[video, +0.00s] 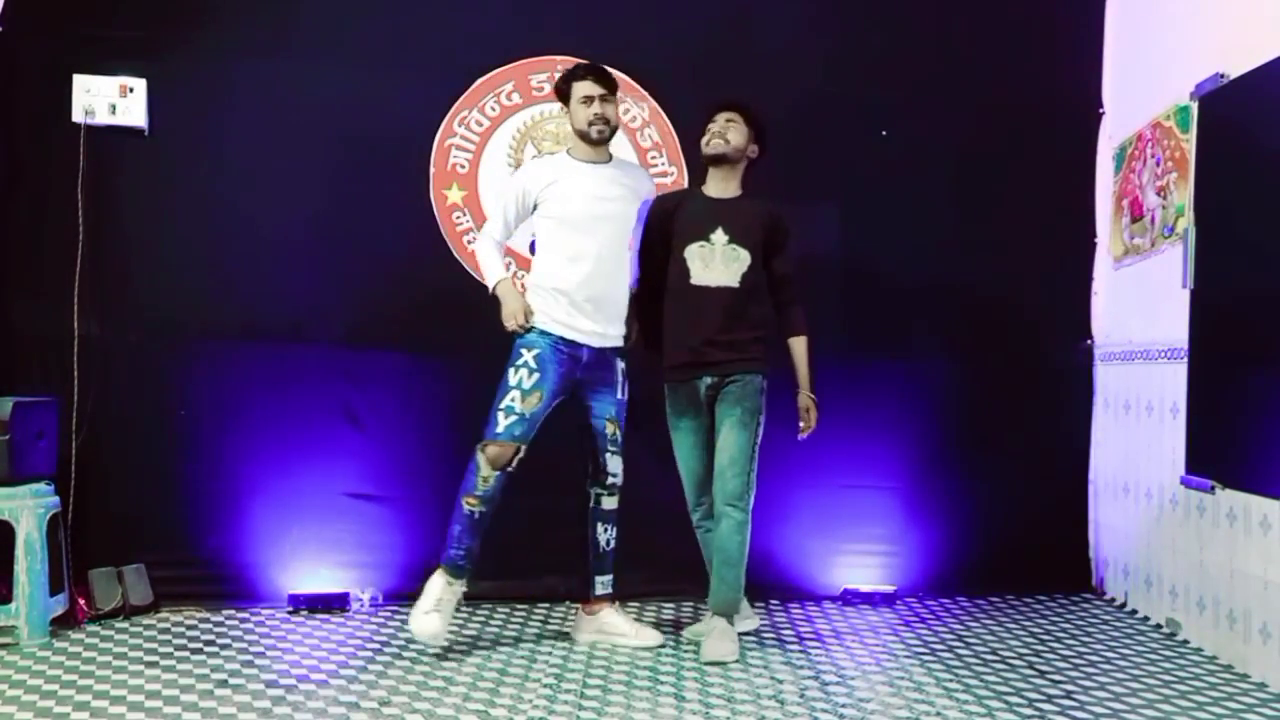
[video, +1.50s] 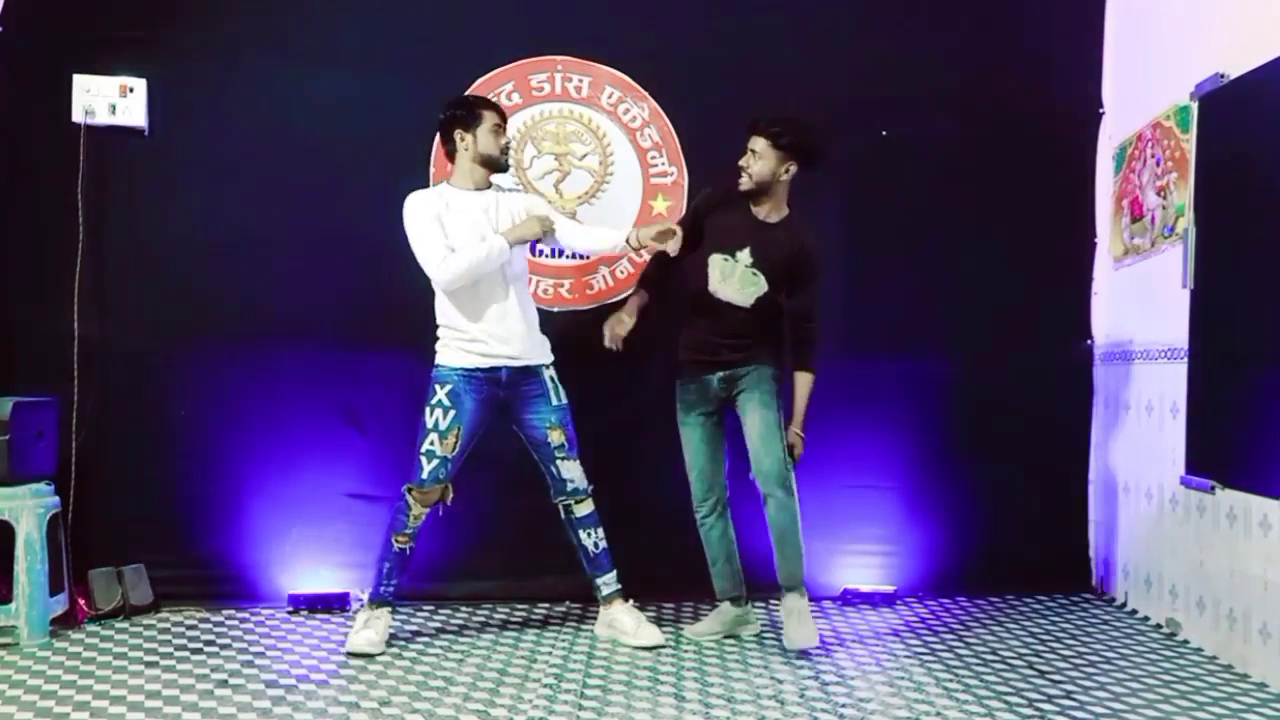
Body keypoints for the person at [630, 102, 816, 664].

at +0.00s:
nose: (717, 131)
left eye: (731, 126)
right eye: (711, 126)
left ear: (752, 149)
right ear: (699, 145)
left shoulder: (766, 217)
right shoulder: (666, 210)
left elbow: (789, 304)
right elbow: (638, 290)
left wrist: (804, 386)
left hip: (742, 370)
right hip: (679, 370)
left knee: (732, 497)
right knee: (700, 502)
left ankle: (720, 619)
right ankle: (736, 602)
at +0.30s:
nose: (698, 154)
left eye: (709, 146)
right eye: (696, 145)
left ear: (740, 154)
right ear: (697, 152)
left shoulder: (765, 225)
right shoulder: (674, 214)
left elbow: (784, 312)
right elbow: (649, 291)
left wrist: (786, 397)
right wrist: (639, 357)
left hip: (739, 360)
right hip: (679, 366)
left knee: (727, 461)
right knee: (700, 492)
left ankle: (737, 592)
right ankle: (727, 600)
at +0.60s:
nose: (701, 165)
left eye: (712, 156)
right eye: (698, 155)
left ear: (744, 161)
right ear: (695, 160)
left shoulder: (766, 226)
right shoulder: (684, 213)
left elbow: (781, 319)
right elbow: (663, 287)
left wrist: (788, 410)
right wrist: (655, 355)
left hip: (739, 342)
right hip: (686, 353)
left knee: (708, 403)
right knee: (702, 488)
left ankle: (790, 466)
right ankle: (735, 604)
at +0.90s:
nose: (718, 167)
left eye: (731, 160)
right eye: (719, 157)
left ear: (763, 172)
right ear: (723, 165)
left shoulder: (773, 240)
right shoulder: (693, 212)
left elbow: (788, 331)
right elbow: (662, 275)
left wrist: (788, 420)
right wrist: (655, 341)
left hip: (738, 346)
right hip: (685, 358)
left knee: (715, 406)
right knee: (700, 489)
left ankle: (781, 478)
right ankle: (735, 606)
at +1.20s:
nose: (740, 171)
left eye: (753, 166)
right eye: (741, 162)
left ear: (782, 181)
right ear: (737, 166)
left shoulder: (782, 254)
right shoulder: (705, 209)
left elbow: (783, 342)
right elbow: (661, 274)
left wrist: (775, 424)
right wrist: (640, 344)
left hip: (741, 352)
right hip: (684, 357)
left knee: (735, 416)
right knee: (700, 486)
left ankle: (774, 489)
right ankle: (734, 604)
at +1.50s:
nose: (742, 162)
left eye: (754, 156)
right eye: (745, 153)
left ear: (786, 168)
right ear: (756, 162)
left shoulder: (796, 246)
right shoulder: (714, 207)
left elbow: (803, 334)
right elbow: (664, 255)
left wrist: (797, 420)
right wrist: (630, 308)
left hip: (755, 370)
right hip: (696, 372)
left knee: (773, 477)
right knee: (706, 497)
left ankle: (794, 598)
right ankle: (733, 603)